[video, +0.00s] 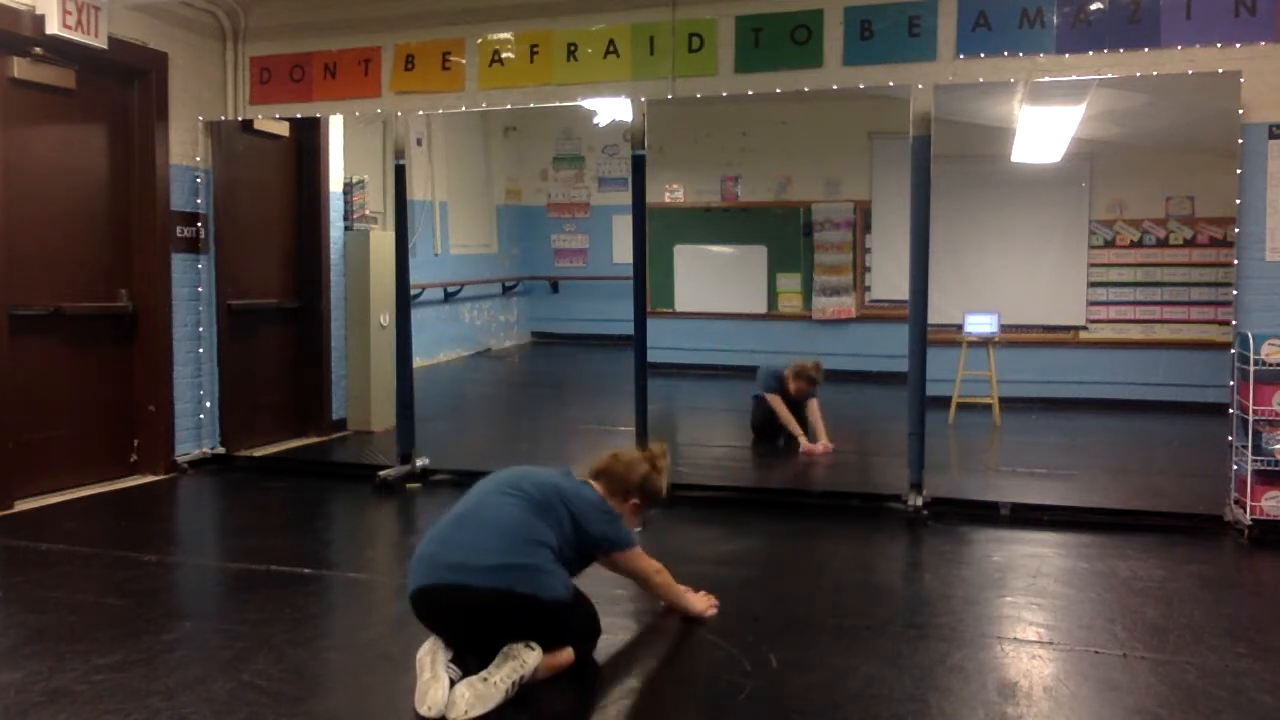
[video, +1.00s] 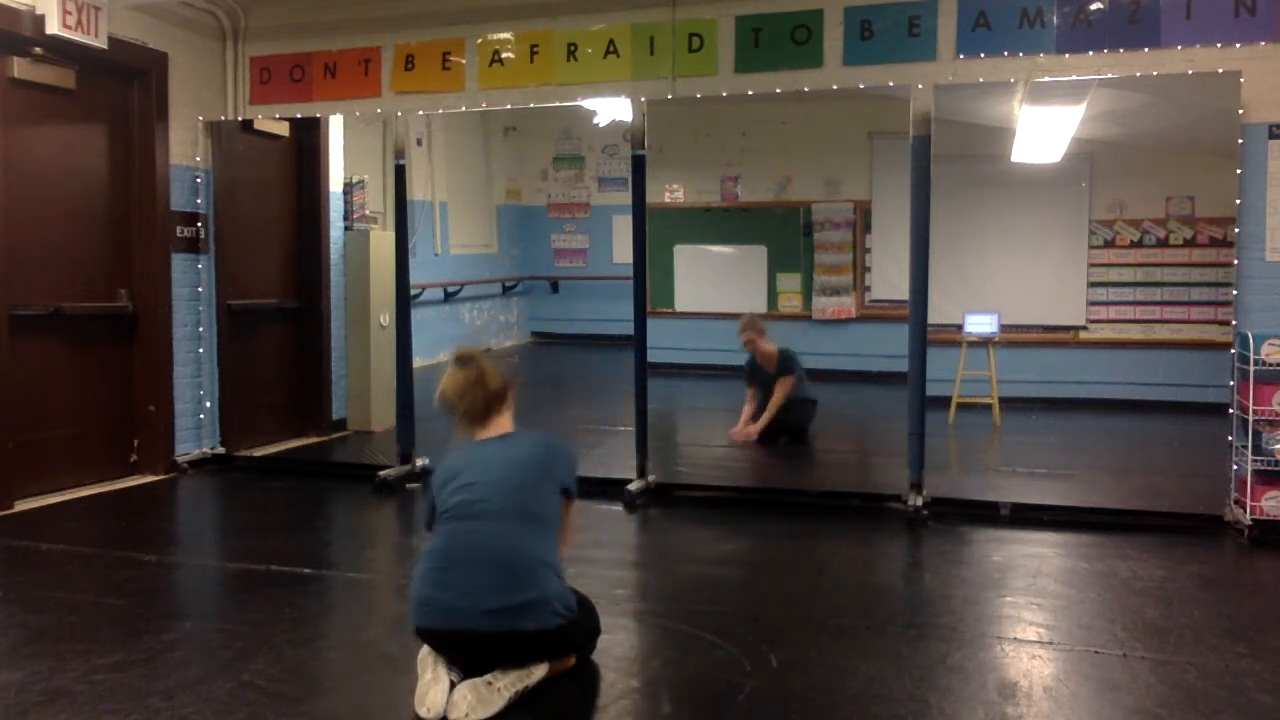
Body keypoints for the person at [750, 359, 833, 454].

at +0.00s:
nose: (800, 394)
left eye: (804, 391)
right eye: (799, 389)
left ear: (810, 387)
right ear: (792, 379)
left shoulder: (807, 385)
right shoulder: (769, 380)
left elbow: (814, 414)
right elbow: (782, 413)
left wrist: (823, 440)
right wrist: (802, 440)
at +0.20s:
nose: (800, 378)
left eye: (804, 373)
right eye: (796, 374)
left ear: (809, 370)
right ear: (787, 365)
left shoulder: (806, 378)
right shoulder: (769, 374)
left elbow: (813, 406)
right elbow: (785, 405)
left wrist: (821, 434)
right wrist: (801, 435)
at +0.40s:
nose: (790, 343)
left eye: (794, 338)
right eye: (786, 338)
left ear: (801, 338)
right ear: (778, 338)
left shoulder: (805, 359)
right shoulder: (767, 357)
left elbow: (816, 391)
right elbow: (762, 394)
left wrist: (810, 421)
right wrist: (783, 426)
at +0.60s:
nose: (780, 331)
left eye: (784, 326)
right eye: (776, 327)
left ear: (791, 329)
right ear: (770, 331)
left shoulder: (804, 356)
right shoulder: (761, 355)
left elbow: (812, 384)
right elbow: (754, 379)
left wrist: (798, 397)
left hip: (797, 402)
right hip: (772, 401)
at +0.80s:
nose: (768, 329)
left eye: (772, 324)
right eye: (764, 325)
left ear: (780, 325)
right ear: (760, 329)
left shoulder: (798, 352)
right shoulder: (756, 353)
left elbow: (812, 381)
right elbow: (750, 377)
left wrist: (789, 404)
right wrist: (760, 400)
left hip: (795, 402)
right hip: (768, 403)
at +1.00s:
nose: (749, 347)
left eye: (751, 342)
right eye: (746, 344)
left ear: (762, 337)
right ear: (744, 344)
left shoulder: (786, 358)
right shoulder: (752, 365)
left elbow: (779, 397)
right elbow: (751, 400)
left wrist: (757, 427)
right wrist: (740, 427)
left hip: (799, 402)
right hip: (770, 403)